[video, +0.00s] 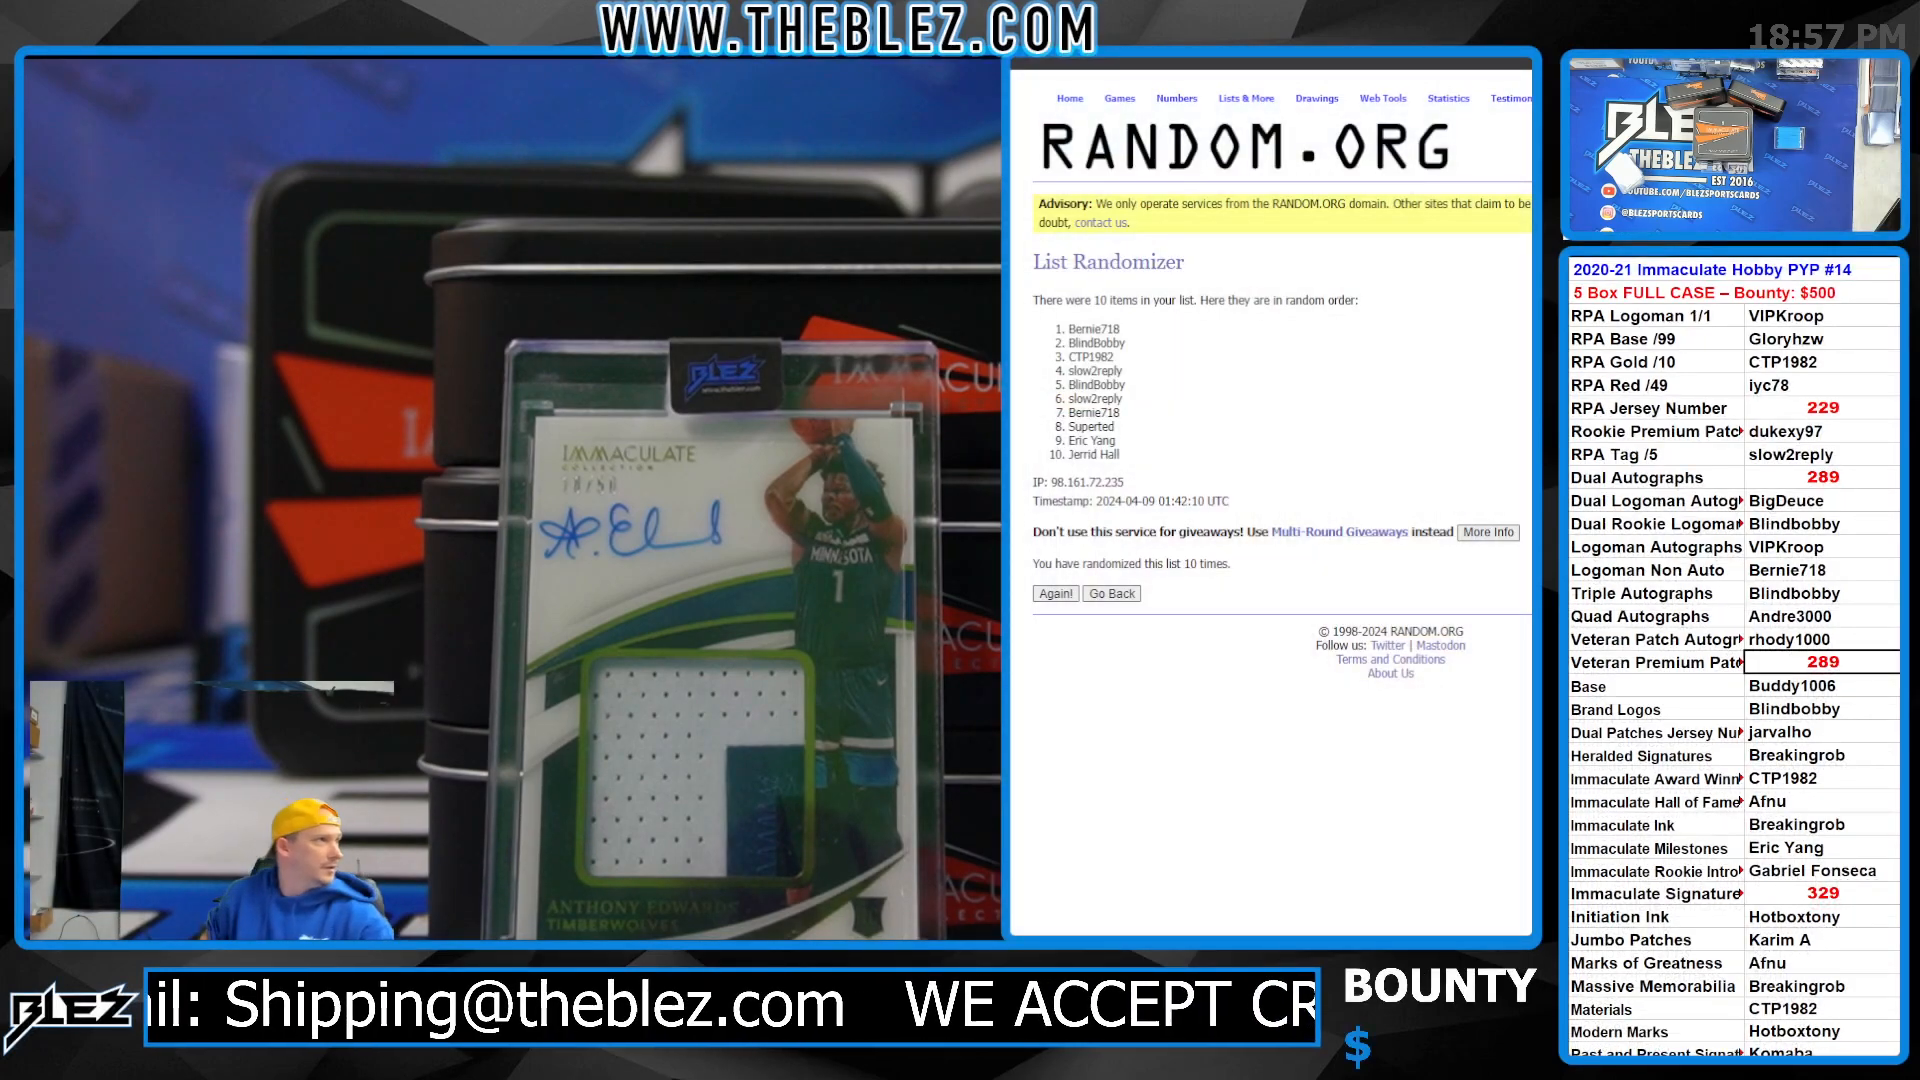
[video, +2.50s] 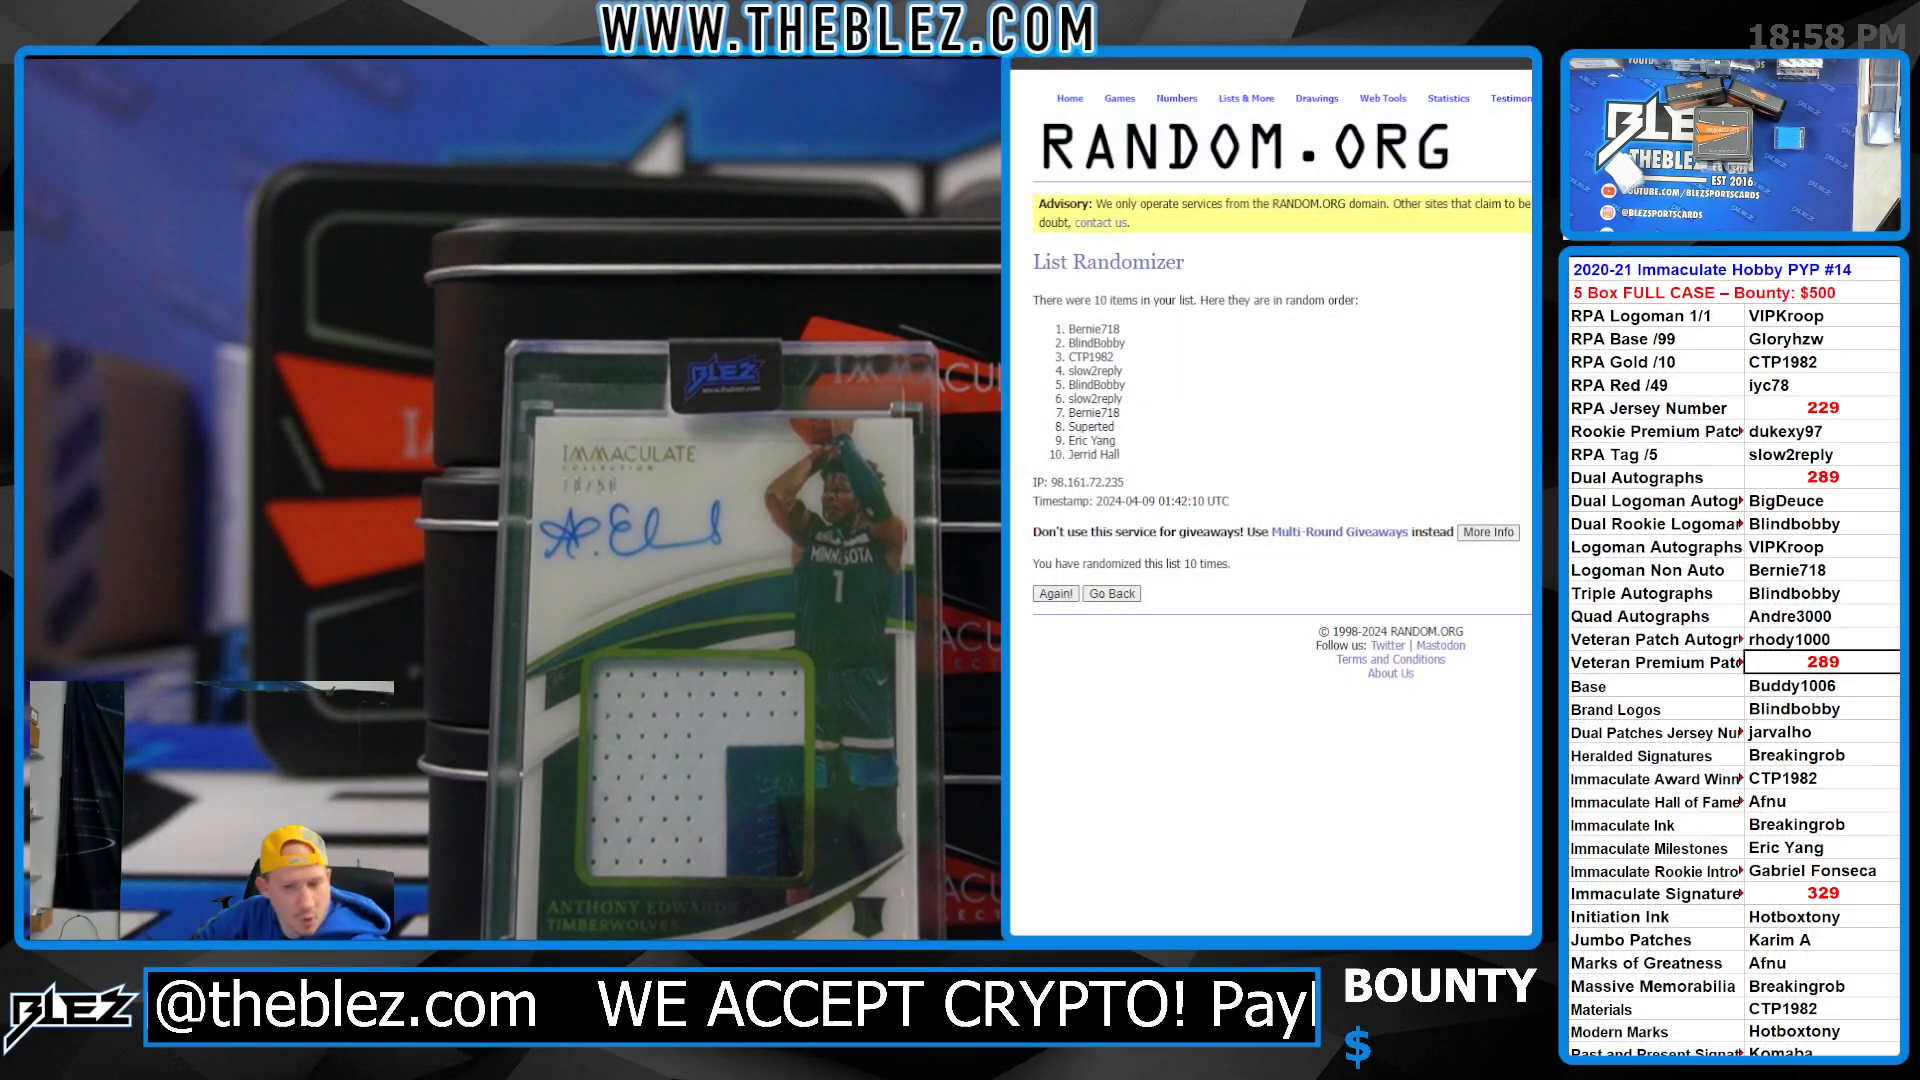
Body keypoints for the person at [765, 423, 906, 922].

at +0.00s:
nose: (835, 495)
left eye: (845, 488)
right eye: (829, 487)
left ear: (863, 495)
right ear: (821, 493)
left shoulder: (884, 539)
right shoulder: (809, 533)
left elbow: (880, 505)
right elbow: (776, 496)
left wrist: (846, 449)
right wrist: (813, 460)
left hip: (866, 675)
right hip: (813, 673)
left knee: (870, 789)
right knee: (818, 787)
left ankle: (872, 894)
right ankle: (823, 887)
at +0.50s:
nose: (835, 496)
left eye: (844, 489)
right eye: (829, 489)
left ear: (862, 495)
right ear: (822, 495)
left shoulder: (884, 539)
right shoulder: (810, 532)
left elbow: (875, 496)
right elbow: (776, 496)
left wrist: (845, 446)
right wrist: (815, 459)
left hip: (866, 676)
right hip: (813, 676)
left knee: (873, 792)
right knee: (818, 791)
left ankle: (871, 892)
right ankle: (819, 883)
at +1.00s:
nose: (835, 496)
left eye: (844, 489)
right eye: (830, 489)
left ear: (863, 495)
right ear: (822, 496)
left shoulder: (884, 539)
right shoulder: (810, 532)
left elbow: (875, 497)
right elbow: (776, 496)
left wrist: (844, 445)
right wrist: (815, 459)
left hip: (865, 678)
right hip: (813, 677)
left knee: (873, 794)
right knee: (818, 793)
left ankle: (871, 893)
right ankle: (818, 886)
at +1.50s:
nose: (835, 496)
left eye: (844, 489)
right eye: (829, 488)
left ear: (862, 494)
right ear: (822, 495)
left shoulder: (884, 539)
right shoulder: (810, 532)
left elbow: (875, 497)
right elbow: (776, 496)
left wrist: (844, 445)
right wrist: (815, 459)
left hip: (865, 679)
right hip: (813, 678)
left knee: (873, 796)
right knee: (818, 794)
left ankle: (873, 896)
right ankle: (818, 887)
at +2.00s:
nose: (835, 497)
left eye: (843, 490)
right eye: (829, 490)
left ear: (862, 495)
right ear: (822, 496)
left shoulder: (884, 539)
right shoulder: (811, 533)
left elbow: (876, 496)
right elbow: (776, 496)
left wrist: (843, 445)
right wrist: (815, 459)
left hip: (865, 679)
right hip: (813, 679)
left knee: (873, 797)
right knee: (820, 795)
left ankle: (873, 895)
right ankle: (820, 888)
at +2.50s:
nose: (834, 497)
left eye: (843, 490)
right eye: (829, 490)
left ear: (862, 495)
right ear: (821, 495)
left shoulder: (883, 539)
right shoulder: (810, 533)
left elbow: (875, 496)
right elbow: (776, 496)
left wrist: (844, 445)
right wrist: (814, 460)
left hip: (865, 678)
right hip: (812, 676)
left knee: (872, 795)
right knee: (816, 793)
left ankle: (871, 895)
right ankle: (816, 887)